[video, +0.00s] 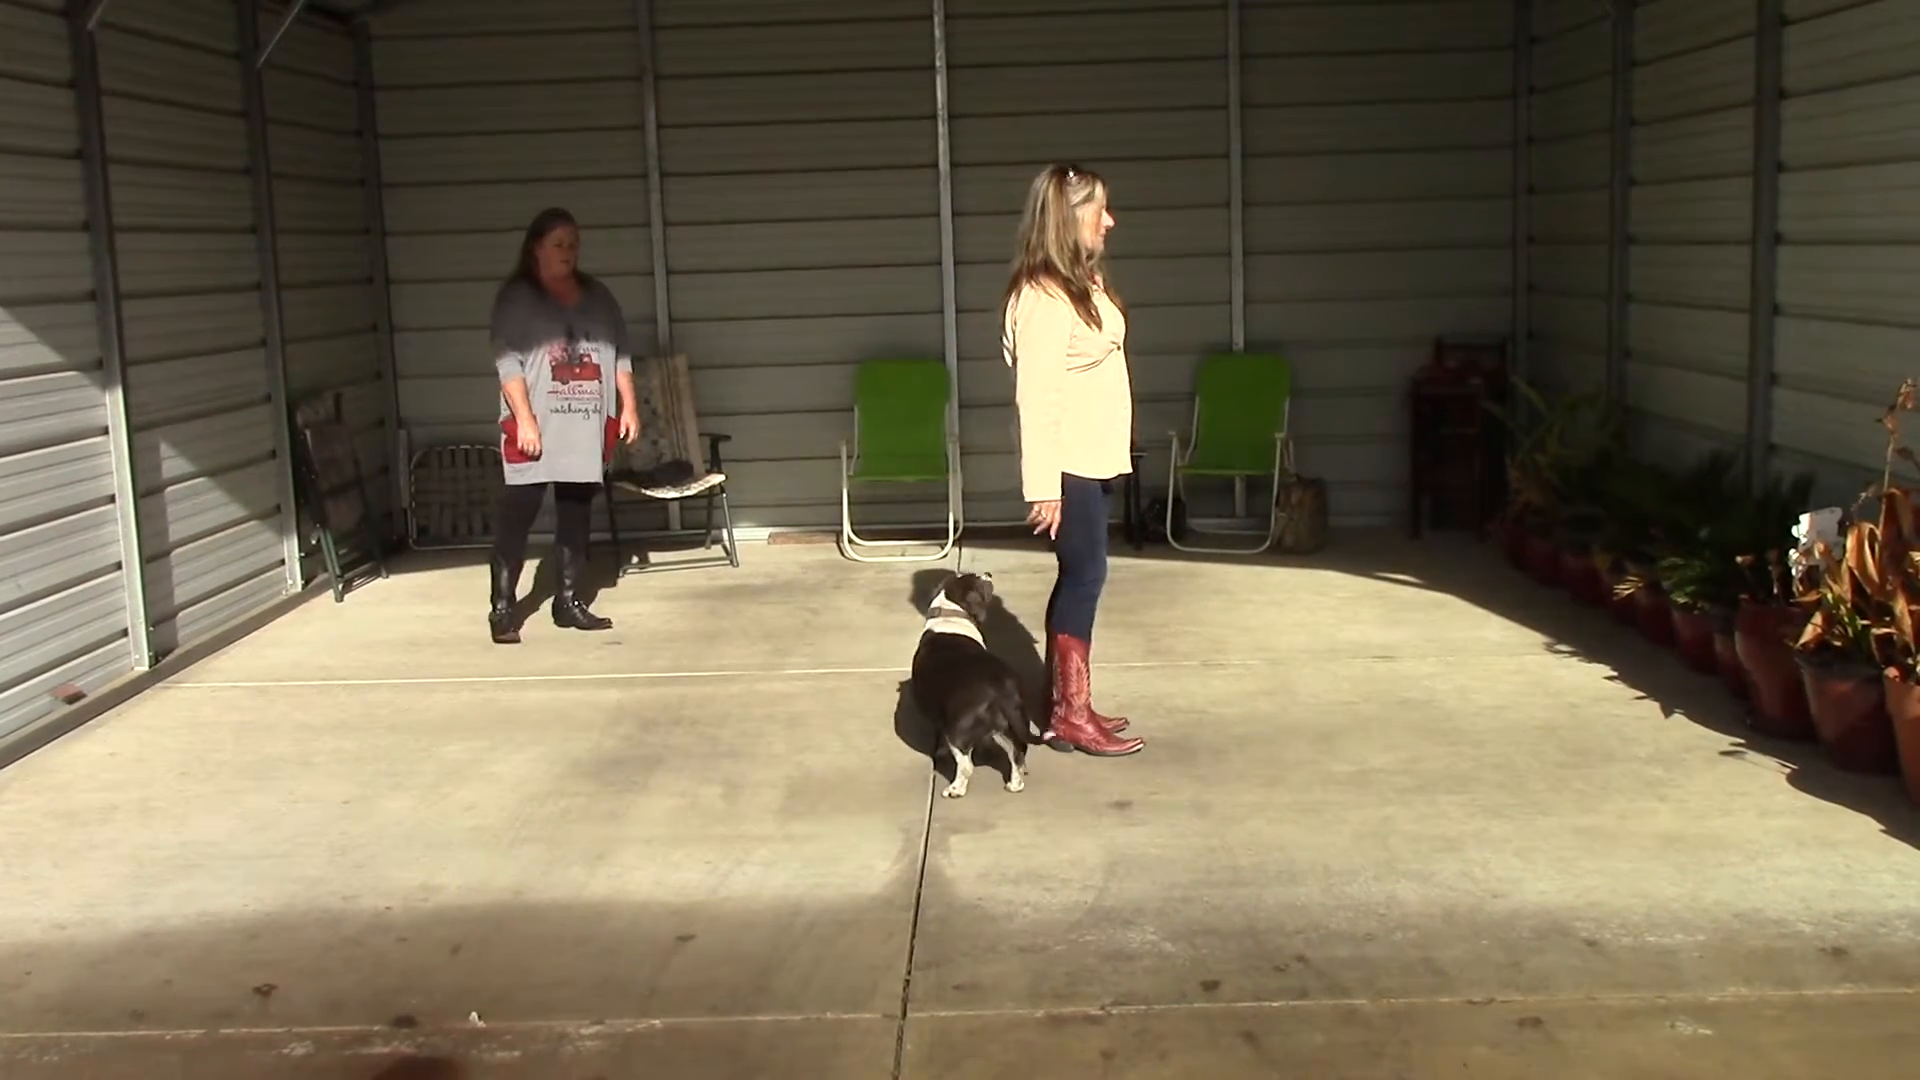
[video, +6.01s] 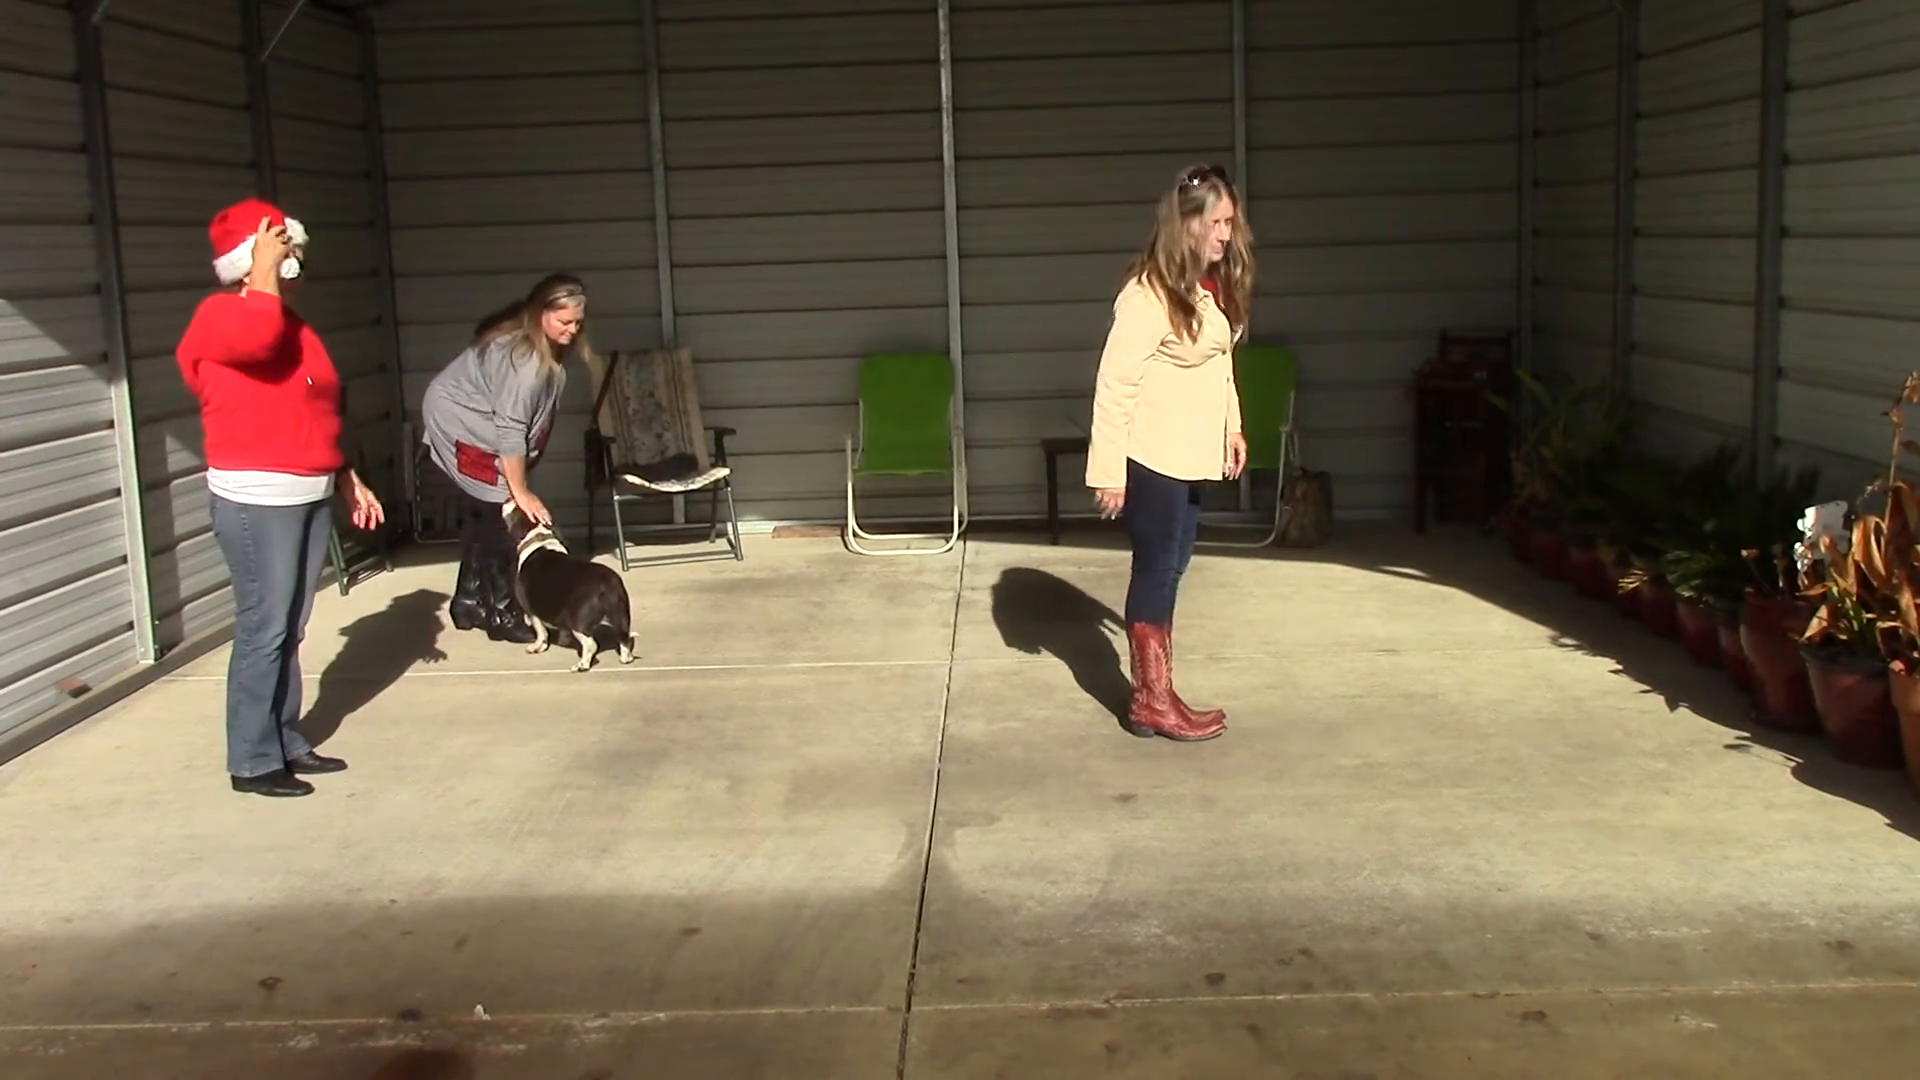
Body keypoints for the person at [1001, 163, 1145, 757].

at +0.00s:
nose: (1108, 222)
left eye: (1106, 211)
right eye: (1098, 212)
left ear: (1076, 220)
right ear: (1068, 217)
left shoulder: (1084, 286)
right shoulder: (1041, 297)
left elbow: (1091, 386)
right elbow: (1035, 399)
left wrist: (1106, 460)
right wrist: (1043, 486)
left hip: (1094, 460)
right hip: (1068, 464)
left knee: (1078, 574)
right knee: (1085, 574)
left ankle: (1068, 704)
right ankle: (1069, 714)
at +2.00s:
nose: (1204, 205)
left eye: (1201, 196)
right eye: (1195, 197)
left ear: (1152, 207)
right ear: (1172, 207)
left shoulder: (1137, 273)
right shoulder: (1165, 275)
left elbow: (1162, 363)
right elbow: (1171, 363)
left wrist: (1218, 399)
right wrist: (1217, 406)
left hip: (1141, 440)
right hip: (1161, 442)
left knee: (1155, 561)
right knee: (1168, 562)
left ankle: (1146, 694)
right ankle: (1151, 700)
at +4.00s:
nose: (1217, 205)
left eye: (1214, 195)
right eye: (1209, 196)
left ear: (1165, 202)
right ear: (1185, 203)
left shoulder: (1147, 270)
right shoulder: (1170, 274)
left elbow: (1176, 367)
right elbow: (1178, 367)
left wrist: (1230, 412)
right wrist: (1228, 419)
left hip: (1148, 438)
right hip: (1167, 440)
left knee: (1158, 559)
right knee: (1181, 559)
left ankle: (1148, 693)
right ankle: (1155, 697)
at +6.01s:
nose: (1224, 235)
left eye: (1229, 223)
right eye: (1214, 223)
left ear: (1232, 226)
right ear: (1183, 225)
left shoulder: (1212, 293)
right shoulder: (1146, 294)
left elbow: (1220, 375)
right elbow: (1114, 386)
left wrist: (1232, 430)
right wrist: (1107, 469)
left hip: (1191, 457)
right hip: (1152, 456)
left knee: (1172, 565)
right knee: (1154, 566)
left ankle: (1160, 692)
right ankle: (1149, 698)